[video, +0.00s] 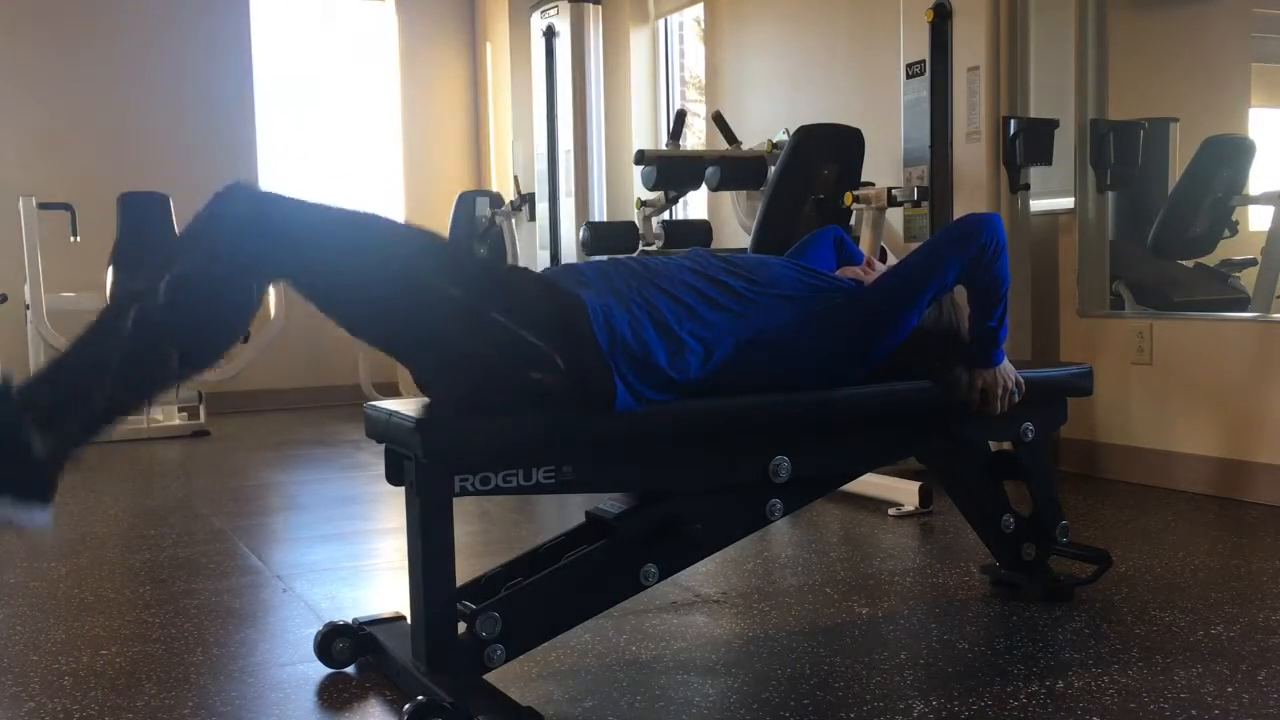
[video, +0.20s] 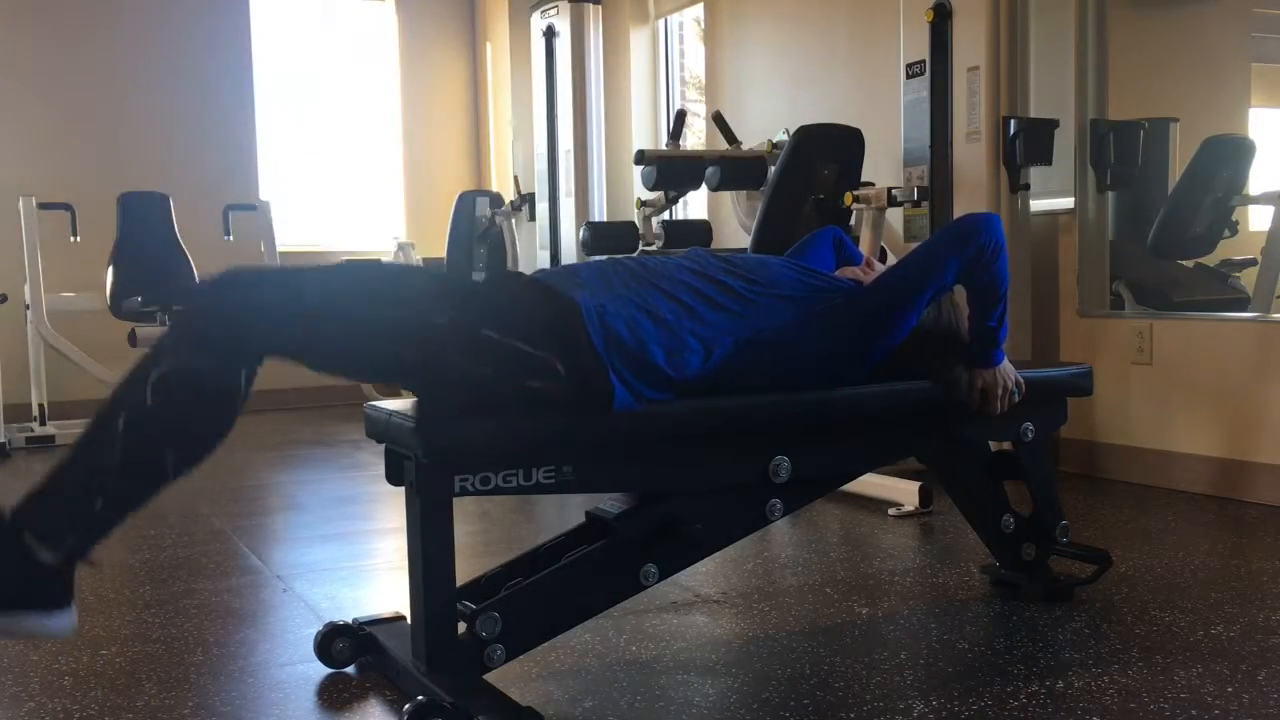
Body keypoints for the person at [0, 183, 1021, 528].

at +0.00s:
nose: (873, 250)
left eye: (890, 259)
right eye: (876, 245)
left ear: (894, 294)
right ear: (856, 261)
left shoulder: (855, 323)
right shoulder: (787, 286)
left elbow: (983, 227)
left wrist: (984, 348)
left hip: (545, 350)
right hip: (525, 308)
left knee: (244, 216)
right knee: (272, 205)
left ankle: (39, 435)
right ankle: (172, 287)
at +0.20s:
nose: (881, 247)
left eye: (900, 256)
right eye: (883, 238)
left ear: (899, 296)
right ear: (859, 251)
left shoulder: (849, 322)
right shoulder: (790, 281)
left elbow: (985, 235)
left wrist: (974, 351)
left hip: (552, 352)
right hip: (527, 300)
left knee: (234, 307)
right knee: (331, 272)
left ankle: (41, 550)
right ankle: (183, 296)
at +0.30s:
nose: (874, 246)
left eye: (892, 252)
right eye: (874, 239)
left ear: (895, 286)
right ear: (851, 251)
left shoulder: (854, 323)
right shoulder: (786, 284)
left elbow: (979, 234)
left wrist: (968, 351)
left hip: (552, 344)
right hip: (520, 298)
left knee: (227, 350)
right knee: (241, 328)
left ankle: (48, 592)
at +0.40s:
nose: (884, 255)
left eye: (896, 264)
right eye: (890, 253)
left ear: (898, 297)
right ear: (867, 267)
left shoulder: (860, 321)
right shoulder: (782, 289)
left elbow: (979, 222)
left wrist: (977, 351)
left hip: (552, 347)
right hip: (515, 304)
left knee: (239, 365)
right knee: (259, 341)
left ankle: (59, 619)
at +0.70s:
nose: (892, 270)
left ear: (912, 317)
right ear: (888, 303)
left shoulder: (855, 325)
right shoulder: (792, 289)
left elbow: (980, 225)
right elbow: (837, 193)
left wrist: (979, 355)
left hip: (545, 334)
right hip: (519, 298)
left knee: (235, 269)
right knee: (255, 239)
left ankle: (34, 461)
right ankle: (172, 326)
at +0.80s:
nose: (861, 244)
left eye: (878, 252)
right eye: (856, 240)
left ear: (886, 303)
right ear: (835, 265)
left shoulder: (836, 327)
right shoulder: (772, 289)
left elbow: (975, 230)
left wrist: (974, 356)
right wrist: (852, 255)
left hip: (536, 352)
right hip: (510, 309)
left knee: (267, 189)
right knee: (283, 182)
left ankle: (33, 341)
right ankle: (165, 268)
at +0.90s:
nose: (875, 256)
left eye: (893, 269)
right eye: (886, 253)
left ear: (894, 302)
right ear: (871, 271)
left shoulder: (848, 328)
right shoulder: (782, 292)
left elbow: (972, 224)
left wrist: (978, 347)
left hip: (544, 357)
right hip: (531, 312)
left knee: (339, 122)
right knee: (338, 112)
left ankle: (75, 206)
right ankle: (128, 218)